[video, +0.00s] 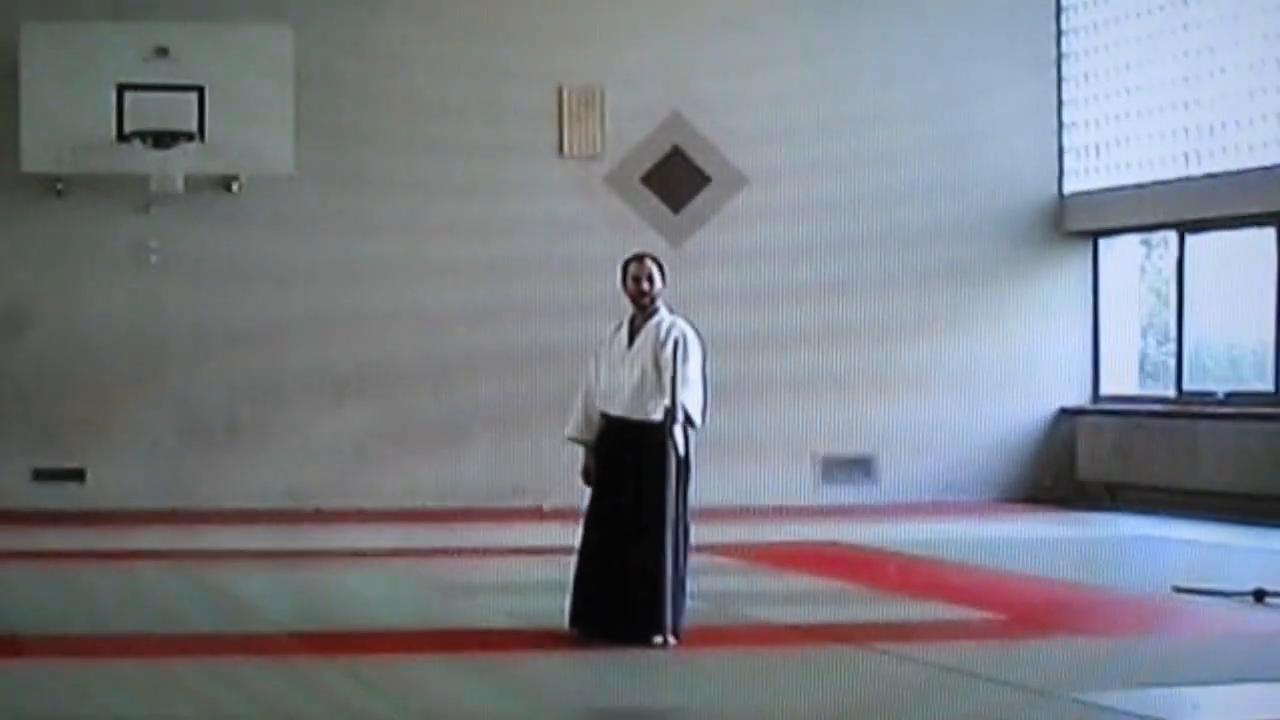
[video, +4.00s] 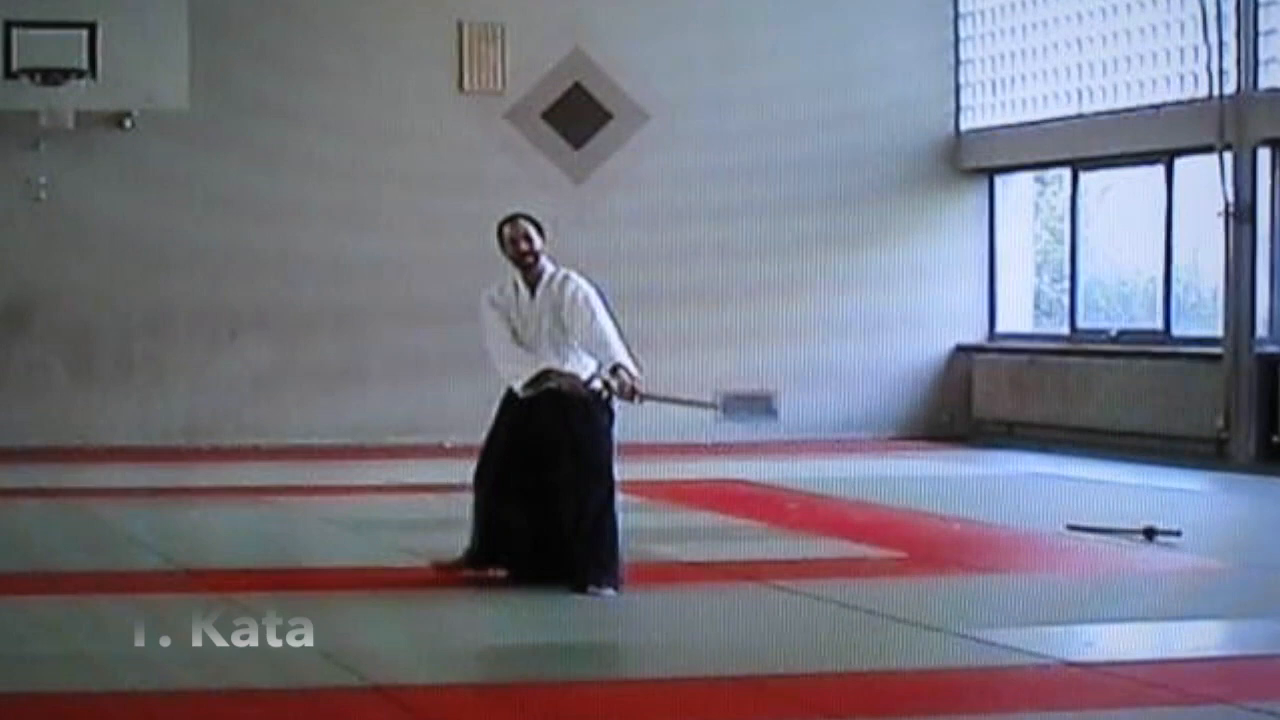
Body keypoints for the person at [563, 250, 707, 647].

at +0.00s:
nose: (642, 286)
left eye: (649, 278)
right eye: (635, 279)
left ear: (662, 284)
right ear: (624, 286)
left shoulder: (677, 334)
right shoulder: (613, 337)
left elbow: (685, 393)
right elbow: (593, 395)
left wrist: (676, 441)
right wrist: (589, 449)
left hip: (656, 437)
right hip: (614, 436)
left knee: (657, 531)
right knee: (608, 529)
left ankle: (660, 623)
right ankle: (601, 619)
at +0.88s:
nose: (589, 271)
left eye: (596, 264)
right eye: (582, 265)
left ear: (609, 268)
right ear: (573, 272)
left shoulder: (627, 318)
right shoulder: (563, 323)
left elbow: (637, 368)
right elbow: (544, 382)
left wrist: (625, 407)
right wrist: (538, 435)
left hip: (607, 420)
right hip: (564, 421)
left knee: (608, 513)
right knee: (558, 512)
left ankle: (610, 605)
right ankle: (554, 602)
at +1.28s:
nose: (548, 272)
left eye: (554, 264)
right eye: (540, 266)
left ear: (567, 268)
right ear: (531, 274)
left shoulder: (589, 319)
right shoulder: (519, 324)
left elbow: (606, 369)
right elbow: (498, 376)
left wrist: (585, 395)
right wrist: (502, 423)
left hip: (570, 418)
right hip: (526, 418)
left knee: (571, 510)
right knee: (519, 509)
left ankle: (571, 604)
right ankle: (515, 602)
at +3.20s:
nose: (562, 297)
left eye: (569, 288)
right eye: (554, 289)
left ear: (583, 289)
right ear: (544, 294)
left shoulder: (607, 333)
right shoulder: (532, 331)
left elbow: (620, 393)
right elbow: (528, 380)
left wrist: (587, 410)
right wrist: (554, 407)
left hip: (605, 434)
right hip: (560, 432)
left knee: (596, 520)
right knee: (542, 516)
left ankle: (598, 609)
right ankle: (541, 604)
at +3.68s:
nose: (566, 277)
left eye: (572, 267)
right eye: (557, 271)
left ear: (585, 269)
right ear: (547, 277)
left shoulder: (608, 312)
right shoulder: (536, 313)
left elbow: (622, 344)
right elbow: (537, 363)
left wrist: (623, 365)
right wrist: (574, 382)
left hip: (604, 417)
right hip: (557, 417)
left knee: (599, 505)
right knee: (546, 503)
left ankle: (603, 593)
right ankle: (552, 592)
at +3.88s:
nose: (543, 256)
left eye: (549, 247)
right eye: (533, 251)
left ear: (564, 249)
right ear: (526, 260)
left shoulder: (589, 292)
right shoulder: (518, 299)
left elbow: (612, 326)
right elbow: (526, 354)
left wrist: (628, 356)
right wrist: (572, 372)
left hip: (592, 398)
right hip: (543, 399)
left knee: (591, 488)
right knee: (512, 489)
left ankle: (602, 580)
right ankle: (542, 576)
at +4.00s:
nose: (522, 247)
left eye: (527, 238)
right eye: (513, 242)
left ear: (542, 242)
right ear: (505, 252)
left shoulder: (571, 288)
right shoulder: (496, 299)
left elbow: (599, 329)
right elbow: (504, 353)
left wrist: (619, 368)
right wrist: (546, 375)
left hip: (579, 394)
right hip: (525, 397)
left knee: (587, 481)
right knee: (492, 473)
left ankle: (599, 572)